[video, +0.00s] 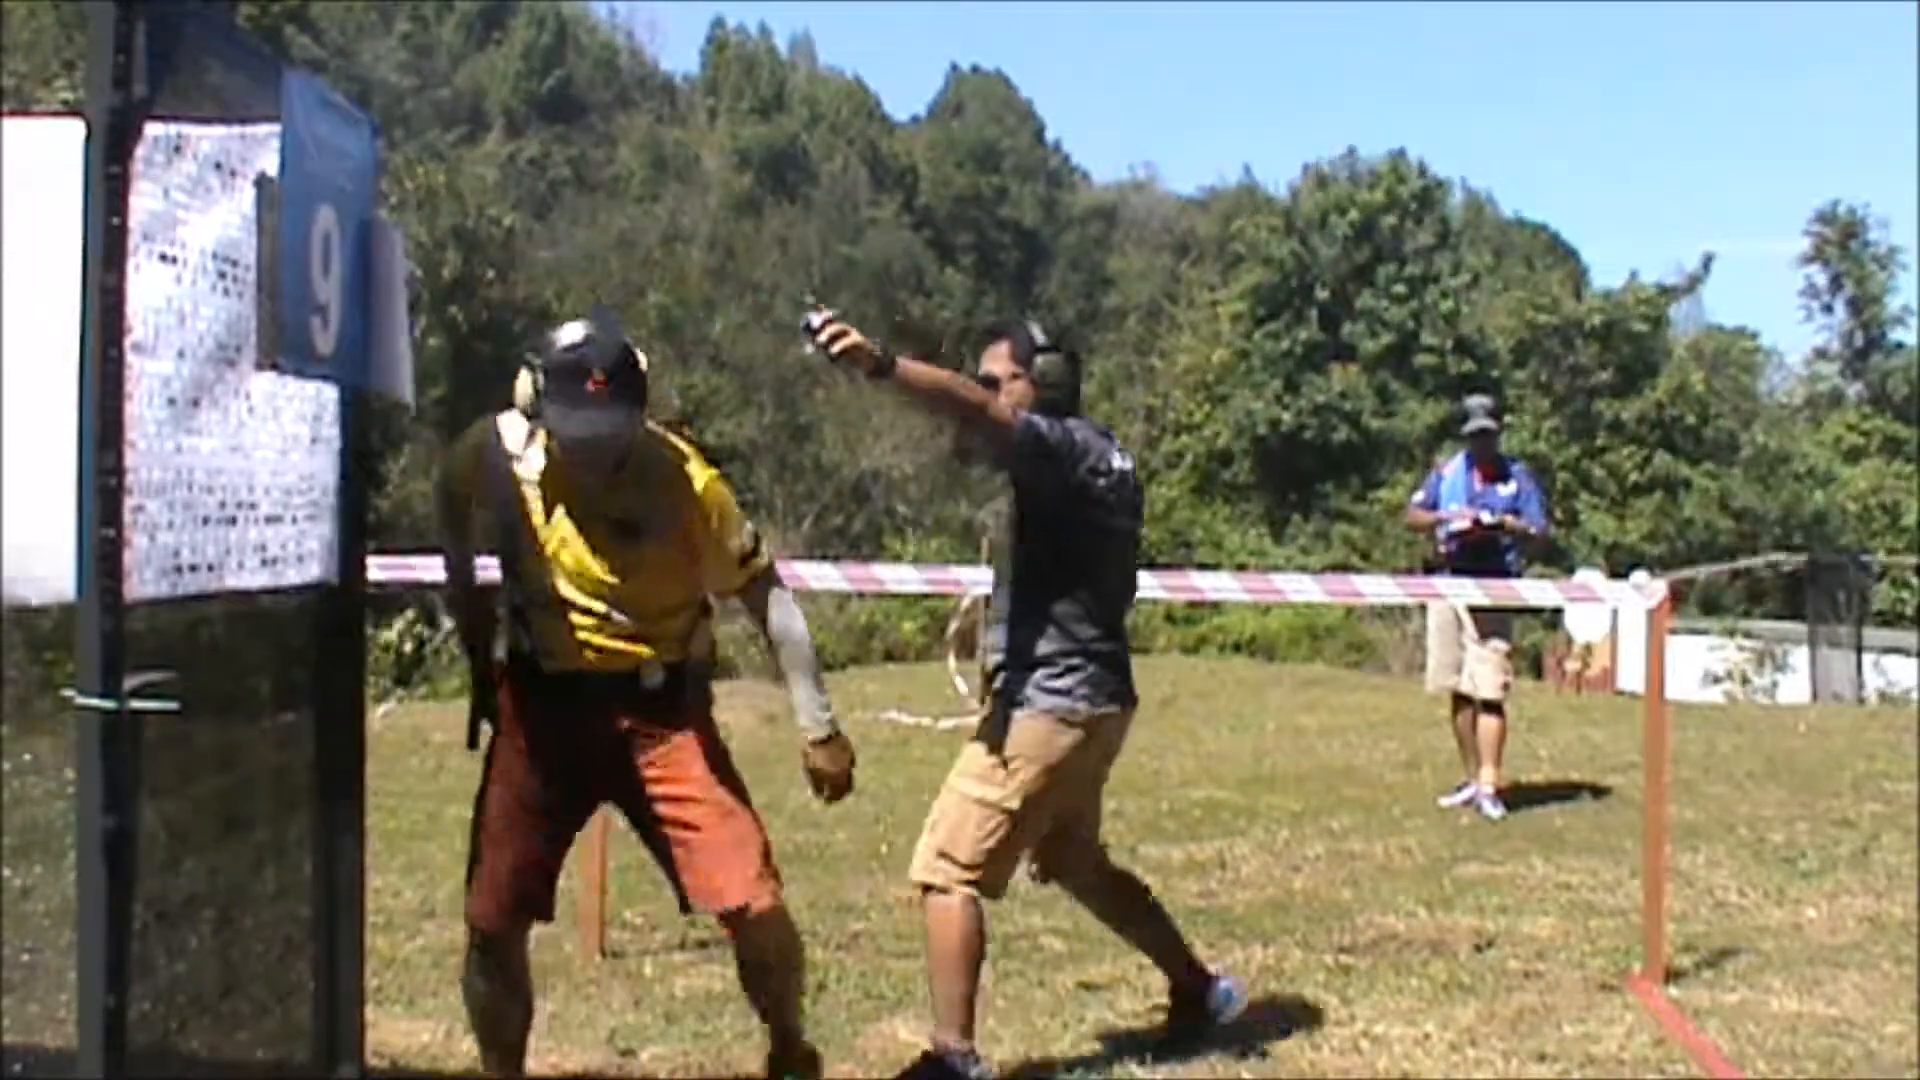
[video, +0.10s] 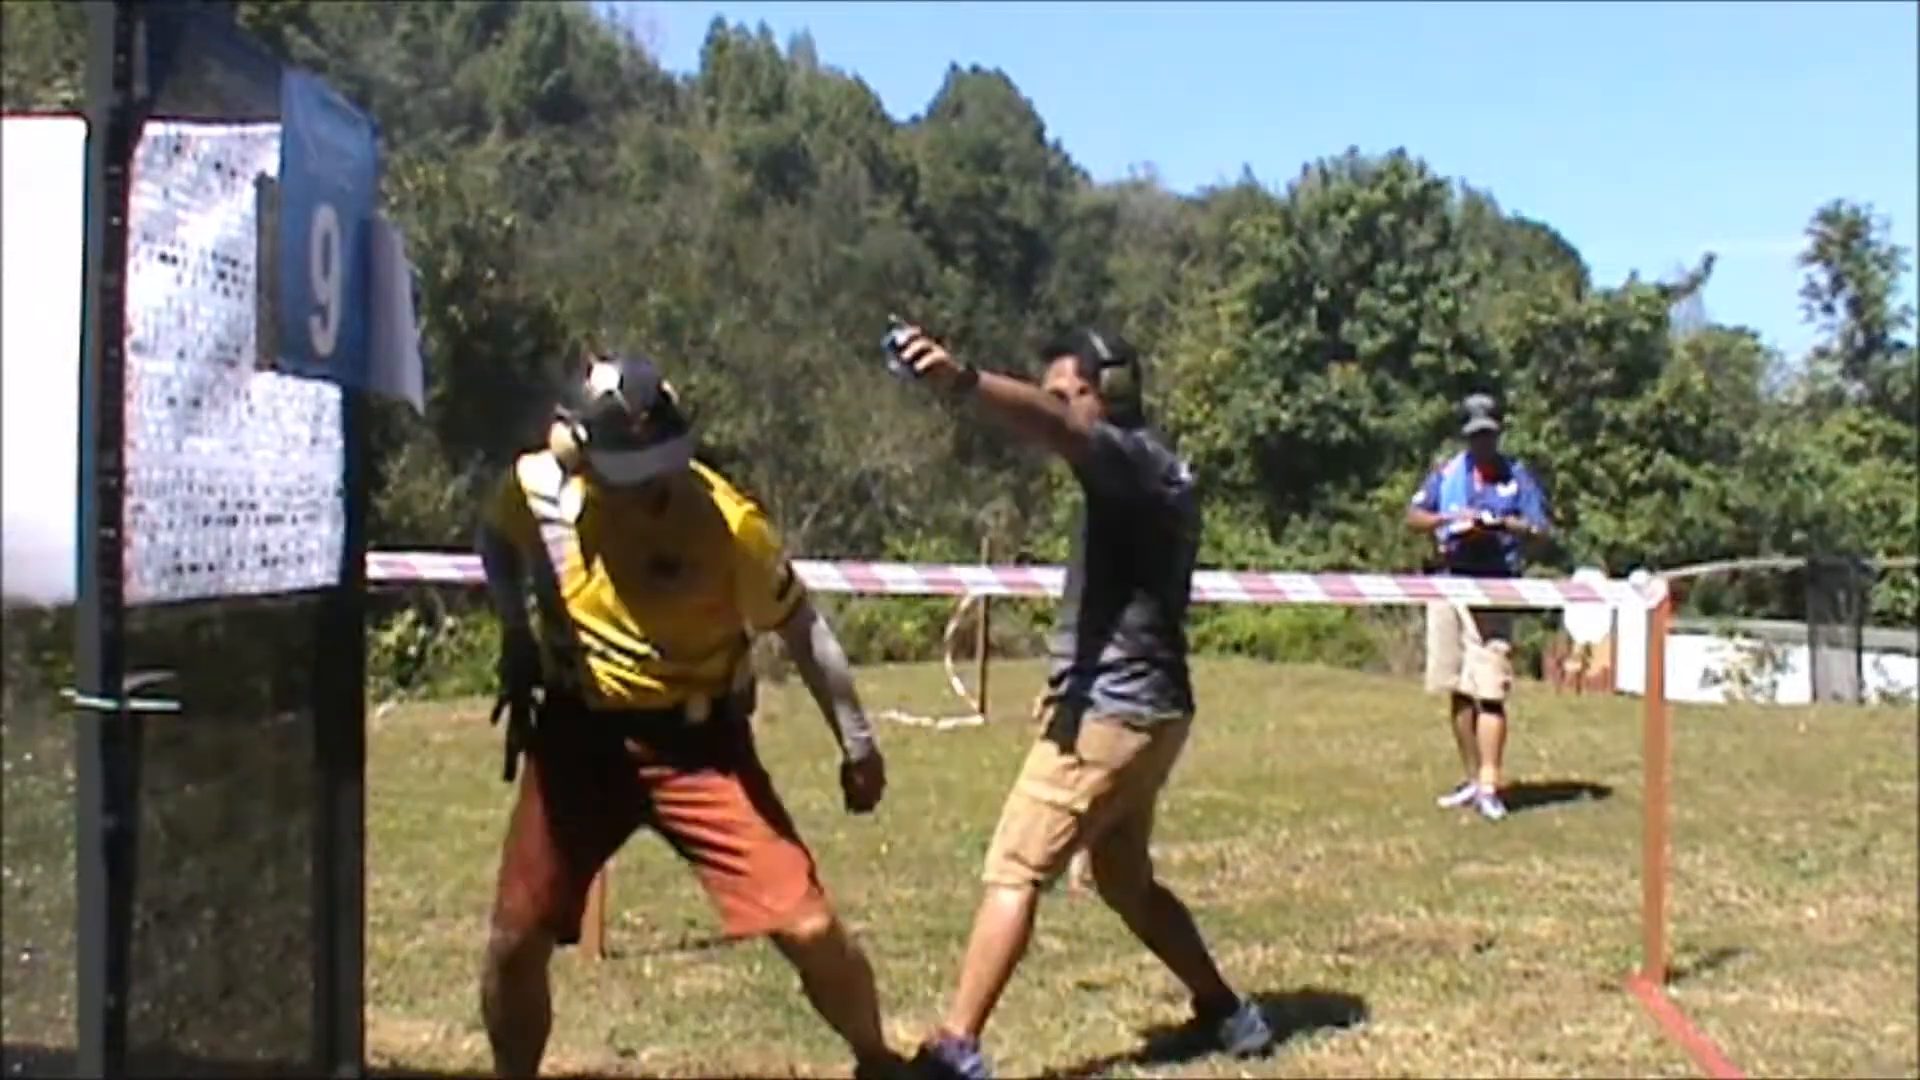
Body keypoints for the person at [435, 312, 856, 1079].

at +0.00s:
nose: (594, 453)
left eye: (610, 435)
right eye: (575, 437)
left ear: (638, 411)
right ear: (545, 413)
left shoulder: (685, 481)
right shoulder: (495, 455)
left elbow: (766, 594)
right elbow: (455, 522)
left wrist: (818, 723)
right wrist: (479, 649)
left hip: (664, 714)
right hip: (541, 712)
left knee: (757, 909)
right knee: (491, 928)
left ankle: (789, 1048)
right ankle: (503, 1071)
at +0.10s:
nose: (653, 490)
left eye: (662, 470)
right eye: (629, 478)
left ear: (678, 444)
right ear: (585, 458)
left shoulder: (728, 522)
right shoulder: (543, 485)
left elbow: (801, 624)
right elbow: (499, 540)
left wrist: (856, 739)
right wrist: (518, 640)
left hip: (700, 745)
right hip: (580, 738)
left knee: (812, 931)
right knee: (513, 944)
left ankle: (877, 1059)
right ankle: (515, 1073)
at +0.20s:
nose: (704, 512)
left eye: (712, 491)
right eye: (682, 500)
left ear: (726, 467)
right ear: (638, 485)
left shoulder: (772, 547)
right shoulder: (581, 514)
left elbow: (843, 644)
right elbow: (531, 551)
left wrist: (916, 759)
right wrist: (552, 665)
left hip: (736, 769)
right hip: (613, 763)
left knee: (850, 946)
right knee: (538, 957)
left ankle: (916, 1070)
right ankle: (525, 1071)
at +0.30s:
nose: (811, 500)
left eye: (826, 481)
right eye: (789, 483)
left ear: (848, 464)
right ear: (748, 466)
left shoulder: (885, 552)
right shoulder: (693, 502)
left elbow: (975, 646)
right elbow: (617, 522)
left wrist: (1063, 756)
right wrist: (635, 637)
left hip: (815, 780)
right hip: (690, 763)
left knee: (909, 951)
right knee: (583, 948)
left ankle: (927, 1072)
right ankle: (537, 1070)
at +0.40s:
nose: (863, 450)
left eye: (883, 432)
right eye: (848, 432)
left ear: (924, 430)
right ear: (830, 425)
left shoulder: (975, 534)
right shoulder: (787, 475)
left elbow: (1068, 628)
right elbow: (710, 492)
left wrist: (1157, 742)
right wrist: (721, 599)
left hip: (890, 763)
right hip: (769, 740)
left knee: (946, 961)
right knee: (648, 936)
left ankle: (954, 1076)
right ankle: (562, 1066)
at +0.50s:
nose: (949, 387)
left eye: (970, 371)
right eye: (941, 367)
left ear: (1018, 373)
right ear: (930, 365)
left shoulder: (1083, 474)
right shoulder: (895, 436)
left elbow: (1189, 561)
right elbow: (820, 467)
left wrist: (1249, 681)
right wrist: (833, 553)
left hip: (1007, 742)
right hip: (889, 719)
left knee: (1001, 958)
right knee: (810, 905)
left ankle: (970, 1070)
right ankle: (816, 1038)